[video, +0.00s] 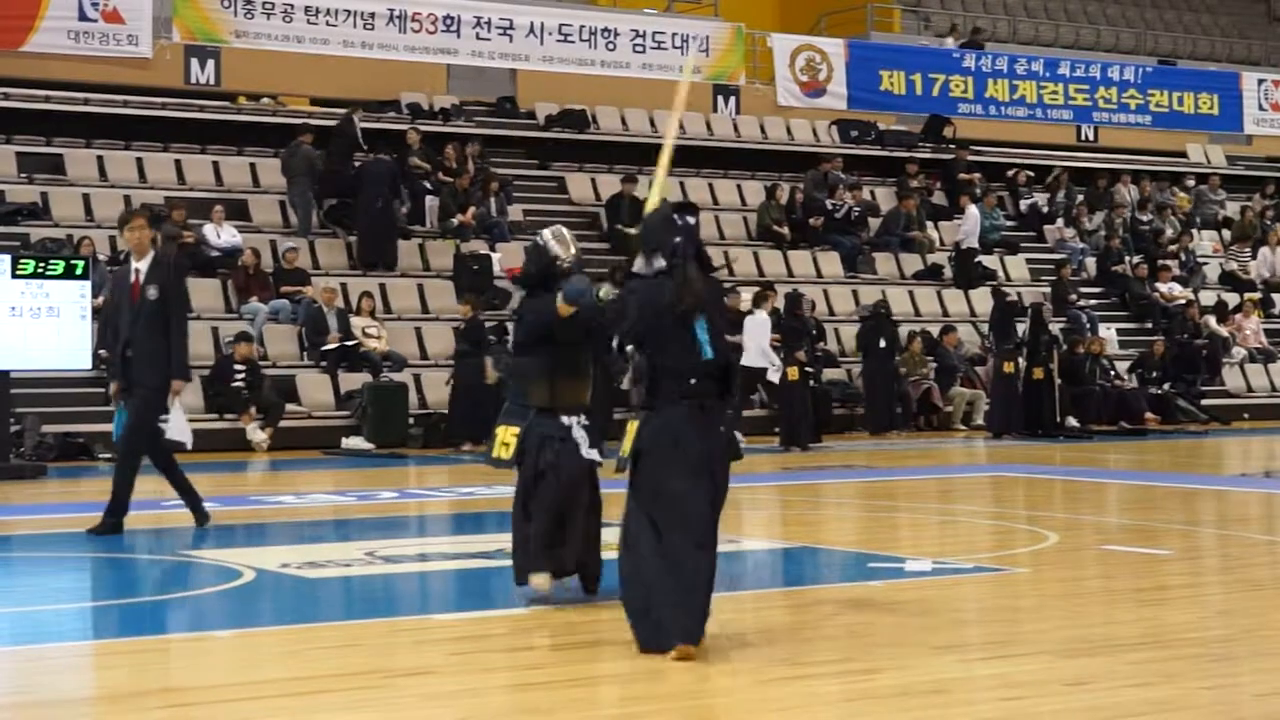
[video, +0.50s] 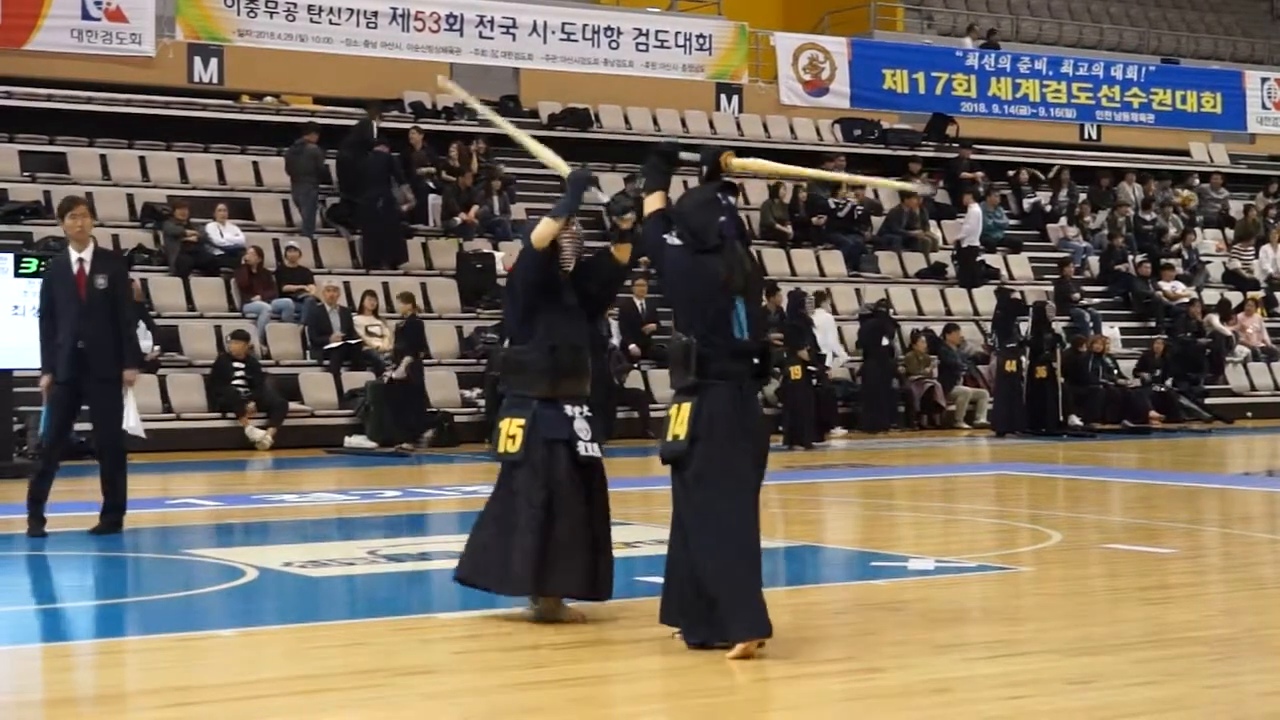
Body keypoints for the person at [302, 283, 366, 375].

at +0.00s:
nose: (329, 296)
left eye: (332, 293)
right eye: (326, 292)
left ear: (336, 296)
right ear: (321, 294)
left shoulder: (342, 312)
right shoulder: (313, 312)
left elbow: (349, 335)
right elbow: (311, 339)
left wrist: (340, 337)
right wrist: (326, 339)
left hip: (342, 344)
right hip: (322, 346)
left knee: (353, 350)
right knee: (334, 353)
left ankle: (354, 382)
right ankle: (334, 386)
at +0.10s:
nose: (329, 296)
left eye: (332, 292)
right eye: (326, 292)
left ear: (337, 296)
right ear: (321, 294)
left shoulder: (343, 312)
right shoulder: (314, 312)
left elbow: (349, 334)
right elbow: (312, 339)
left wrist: (341, 338)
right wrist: (327, 340)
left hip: (342, 344)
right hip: (323, 346)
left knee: (355, 353)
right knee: (334, 354)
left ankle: (354, 383)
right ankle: (335, 385)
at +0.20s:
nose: (330, 295)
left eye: (333, 292)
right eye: (327, 292)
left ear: (337, 295)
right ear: (321, 294)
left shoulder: (343, 312)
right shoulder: (314, 312)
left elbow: (349, 334)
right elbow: (312, 339)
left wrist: (341, 338)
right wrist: (328, 340)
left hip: (342, 344)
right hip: (322, 346)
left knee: (355, 352)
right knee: (335, 353)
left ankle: (354, 383)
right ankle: (335, 385)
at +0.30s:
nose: (331, 295)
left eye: (334, 291)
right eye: (327, 291)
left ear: (338, 294)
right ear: (322, 293)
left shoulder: (344, 311)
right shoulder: (315, 312)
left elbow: (351, 333)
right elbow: (313, 340)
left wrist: (342, 338)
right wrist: (328, 340)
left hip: (343, 344)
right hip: (323, 347)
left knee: (356, 352)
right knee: (335, 353)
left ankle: (354, 383)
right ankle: (337, 386)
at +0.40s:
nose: (331, 294)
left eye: (334, 291)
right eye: (328, 291)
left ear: (339, 294)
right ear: (323, 293)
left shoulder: (345, 311)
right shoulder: (315, 312)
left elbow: (351, 334)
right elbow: (313, 339)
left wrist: (341, 338)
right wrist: (329, 340)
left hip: (344, 344)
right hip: (323, 346)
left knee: (356, 348)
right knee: (337, 351)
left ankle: (356, 382)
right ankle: (335, 385)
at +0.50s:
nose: (331, 294)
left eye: (334, 291)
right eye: (328, 291)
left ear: (339, 294)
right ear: (323, 294)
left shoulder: (345, 311)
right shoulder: (315, 311)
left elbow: (351, 334)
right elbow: (314, 339)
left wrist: (343, 338)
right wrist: (329, 339)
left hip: (344, 344)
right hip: (323, 346)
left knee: (356, 348)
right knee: (338, 350)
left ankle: (357, 381)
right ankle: (334, 383)